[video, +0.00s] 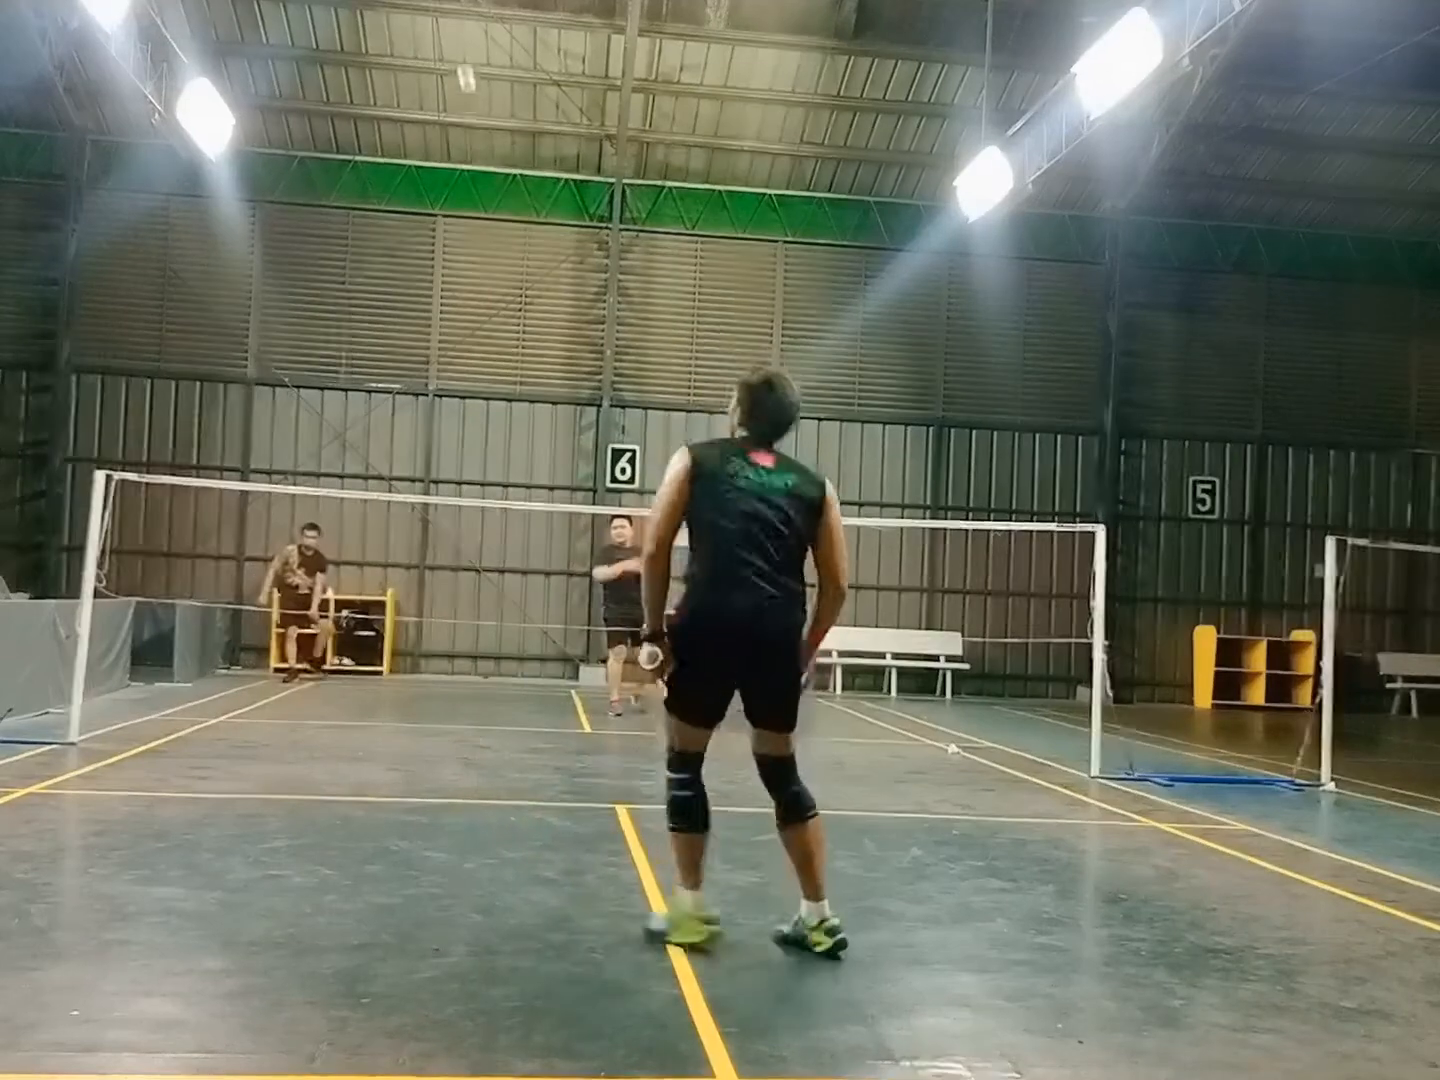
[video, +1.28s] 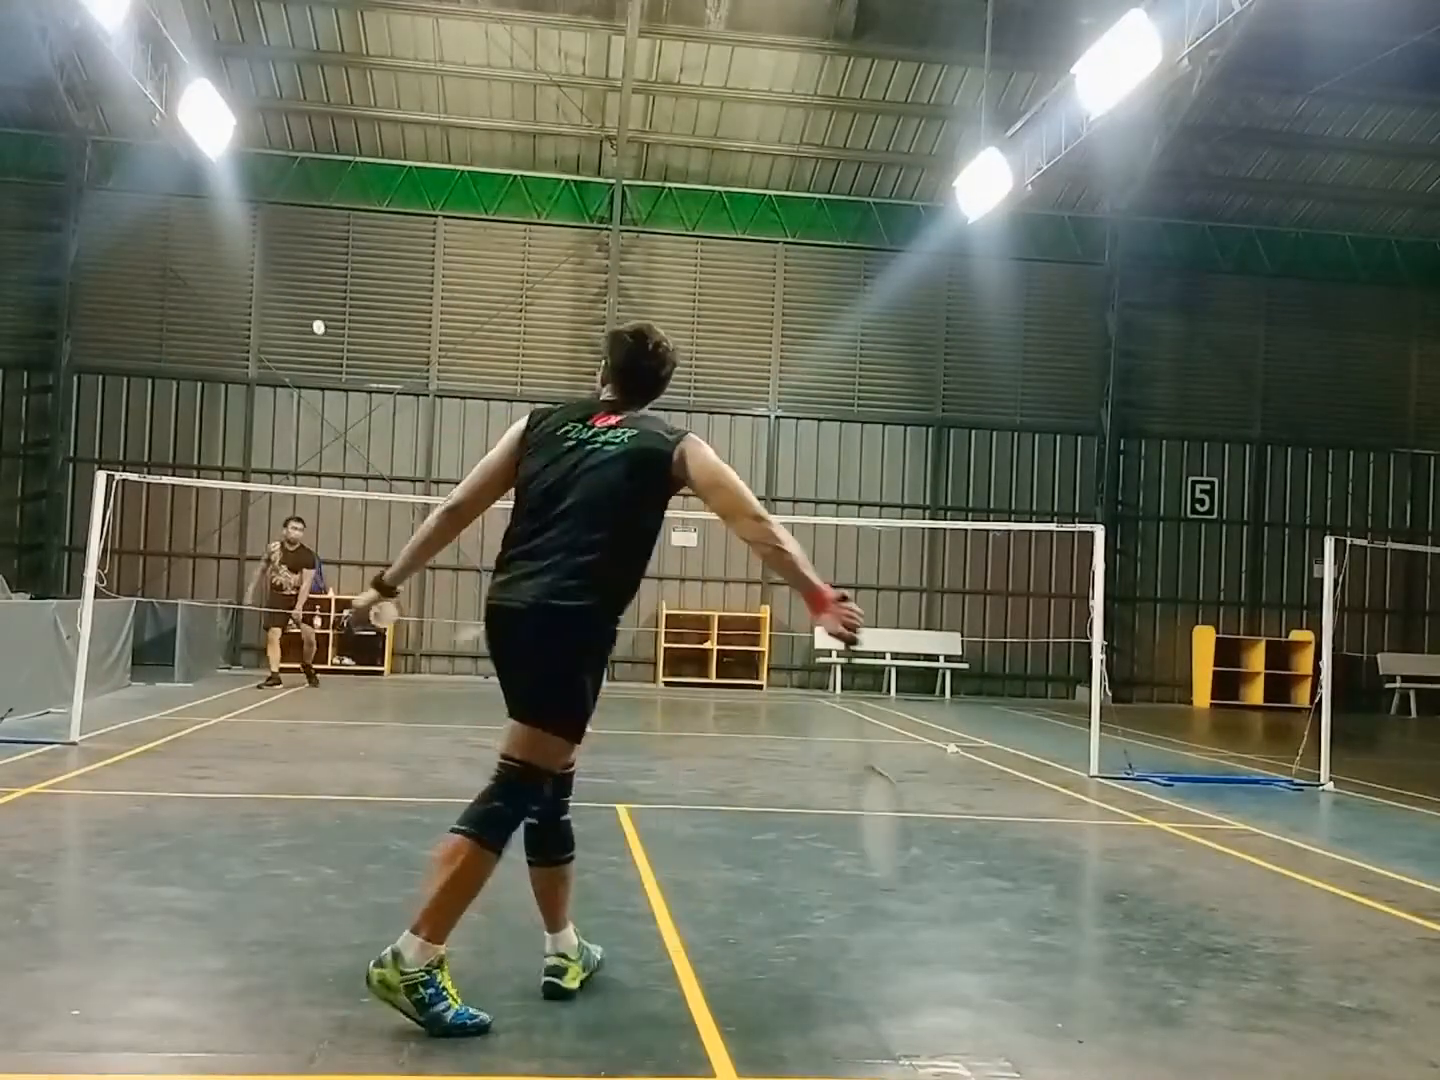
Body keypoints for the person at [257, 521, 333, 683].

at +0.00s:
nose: (310, 541)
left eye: (314, 537)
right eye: (307, 537)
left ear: (318, 539)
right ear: (301, 537)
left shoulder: (320, 560)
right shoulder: (288, 553)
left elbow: (319, 586)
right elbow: (272, 570)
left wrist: (314, 608)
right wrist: (264, 593)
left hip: (309, 598)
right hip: (290, 597)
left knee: (325, 626)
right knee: (291, 631)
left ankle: (316, 659)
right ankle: (292, 668)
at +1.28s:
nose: (296, 533)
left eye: (300, 530)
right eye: (293, 528)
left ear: (303, 533)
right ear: (284, 530)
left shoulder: (308, 556)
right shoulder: (273, 549)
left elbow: (306, 584)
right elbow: (260, 570)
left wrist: (298, 607)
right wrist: (250, 591)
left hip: (299, 598)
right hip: (277, 597)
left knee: (310, 638)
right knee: (273, 635)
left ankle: (307, 666)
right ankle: (274, 674)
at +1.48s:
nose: (280, 530)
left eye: (284, 527)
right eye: (276, 526)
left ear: (289, 530)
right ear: (270, 528)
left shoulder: (294, 552)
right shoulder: (262, 547)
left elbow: (291, 580)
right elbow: (253, 568)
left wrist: (280, 602)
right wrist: (251, 588)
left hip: (287, 594)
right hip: (267, 594)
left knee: (286, 630)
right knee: (269, 634)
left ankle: (289, 670)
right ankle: (274, 673)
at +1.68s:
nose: (263, 532)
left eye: (268, 528)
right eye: (260, 528)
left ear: (275, 531)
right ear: (256, 529)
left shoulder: (279, 552)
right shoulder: (256, 549)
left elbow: (274, 581)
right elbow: (250, 568)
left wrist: (264, 601)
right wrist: (253, 580)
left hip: (275, 593)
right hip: (260, 591)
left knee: (269, 635)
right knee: (249, 634)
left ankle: (269, 676)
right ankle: (271, 666)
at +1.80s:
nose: (252, 531)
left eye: (257, 527)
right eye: (249, 527)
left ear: (266, 529)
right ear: (247, 528)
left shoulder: (269, 551)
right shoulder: (253, 549)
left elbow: (264, 581)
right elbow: (245, 570)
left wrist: (256, 602)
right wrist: (246, 585)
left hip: (269, 596)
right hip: (255, 593)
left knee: (265, 634)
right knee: (232, 625)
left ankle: (268, 676)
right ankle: (247, 661)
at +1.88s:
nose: (246, 530)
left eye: (251, 527)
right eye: (243, 526)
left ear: (259, 529)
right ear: (240, 528)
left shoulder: (262, 550)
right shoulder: (245, 547)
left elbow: (259, 578)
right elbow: (242, 568)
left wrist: (251, 601)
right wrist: (239, 582)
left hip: (265, 592)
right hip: (249, 590)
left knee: (264, 635)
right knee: (229, 626)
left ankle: (267, 675)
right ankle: (230, 669)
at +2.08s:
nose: (230, 531)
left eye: (234, 528)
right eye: (227, 527)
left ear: (243, 530)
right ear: (224, 529)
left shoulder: (245, 550)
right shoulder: (231, 548)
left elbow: (241, 578)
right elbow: (228, 569)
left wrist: (231, 601)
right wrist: (220, 580)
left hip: (244, 594)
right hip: (229, 591)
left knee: (242, 635)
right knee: (215, 633)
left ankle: (261, 672)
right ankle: (214, 673)